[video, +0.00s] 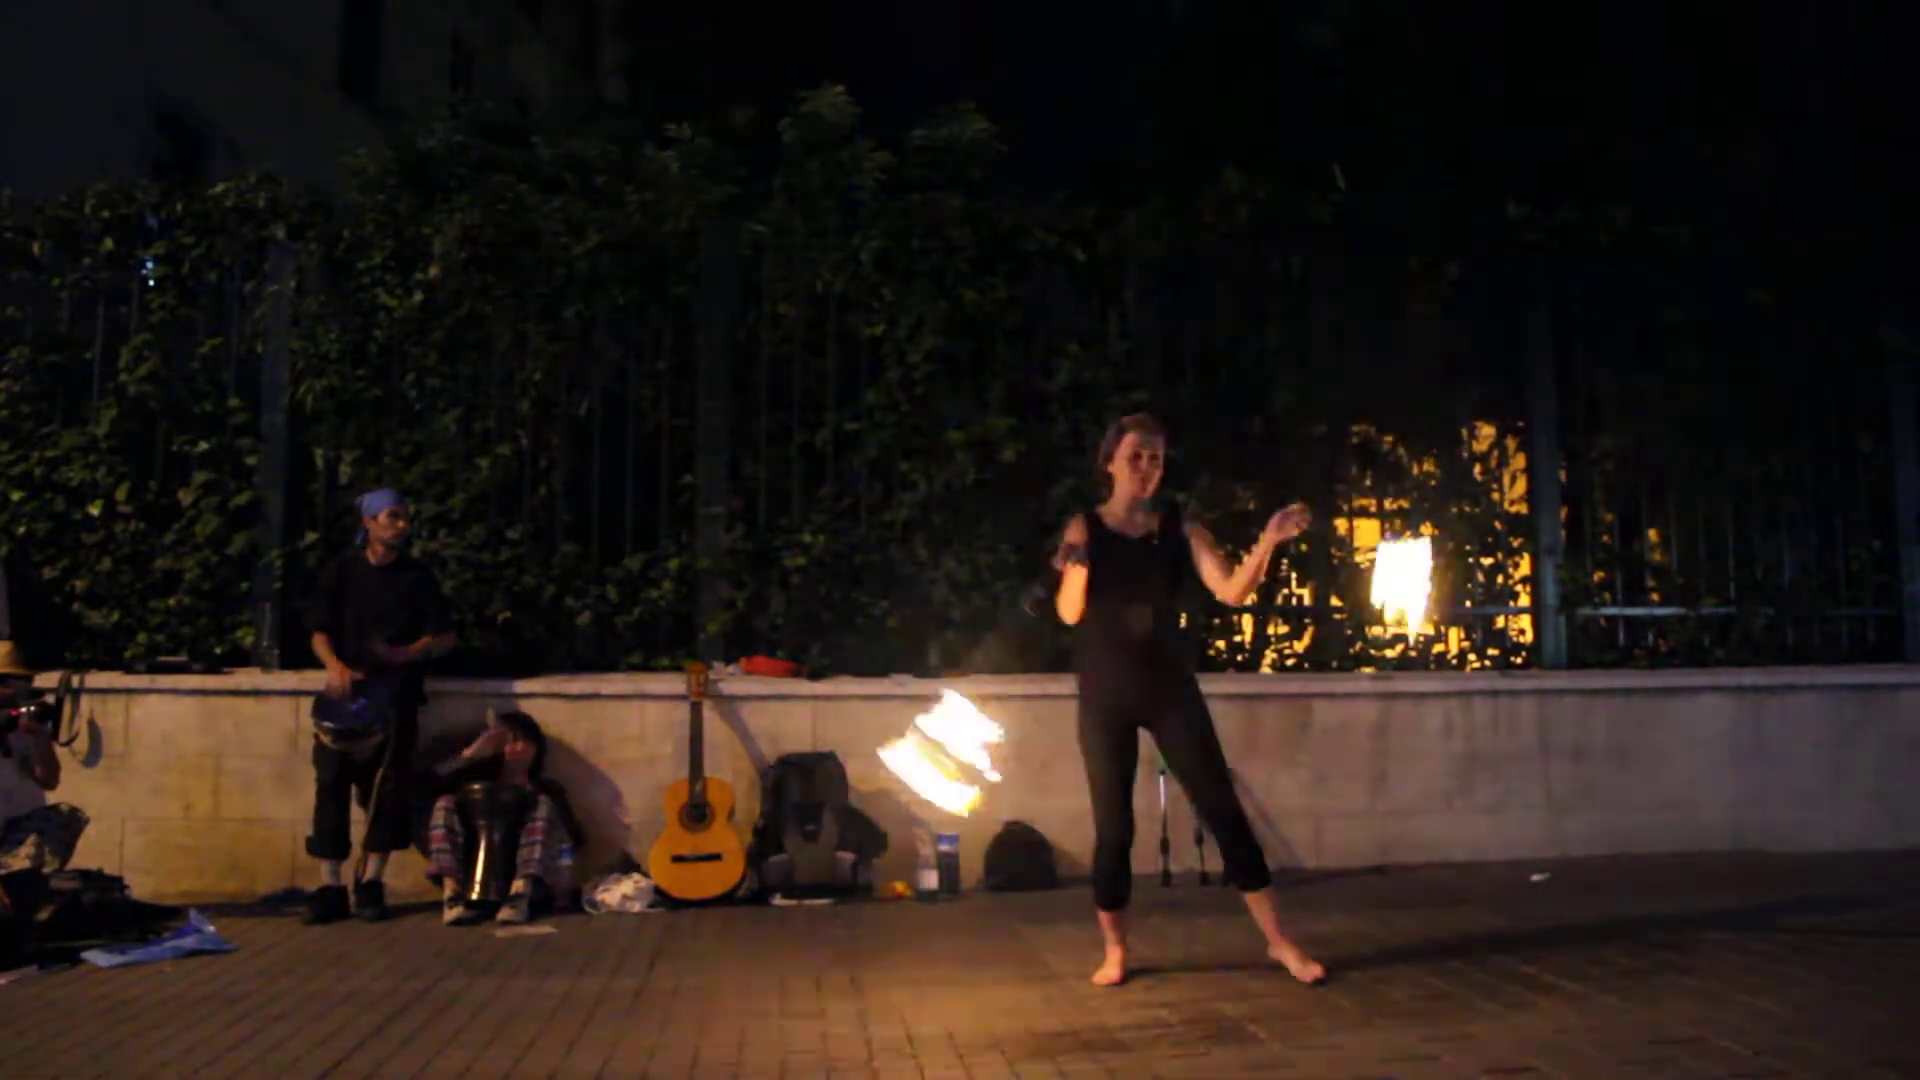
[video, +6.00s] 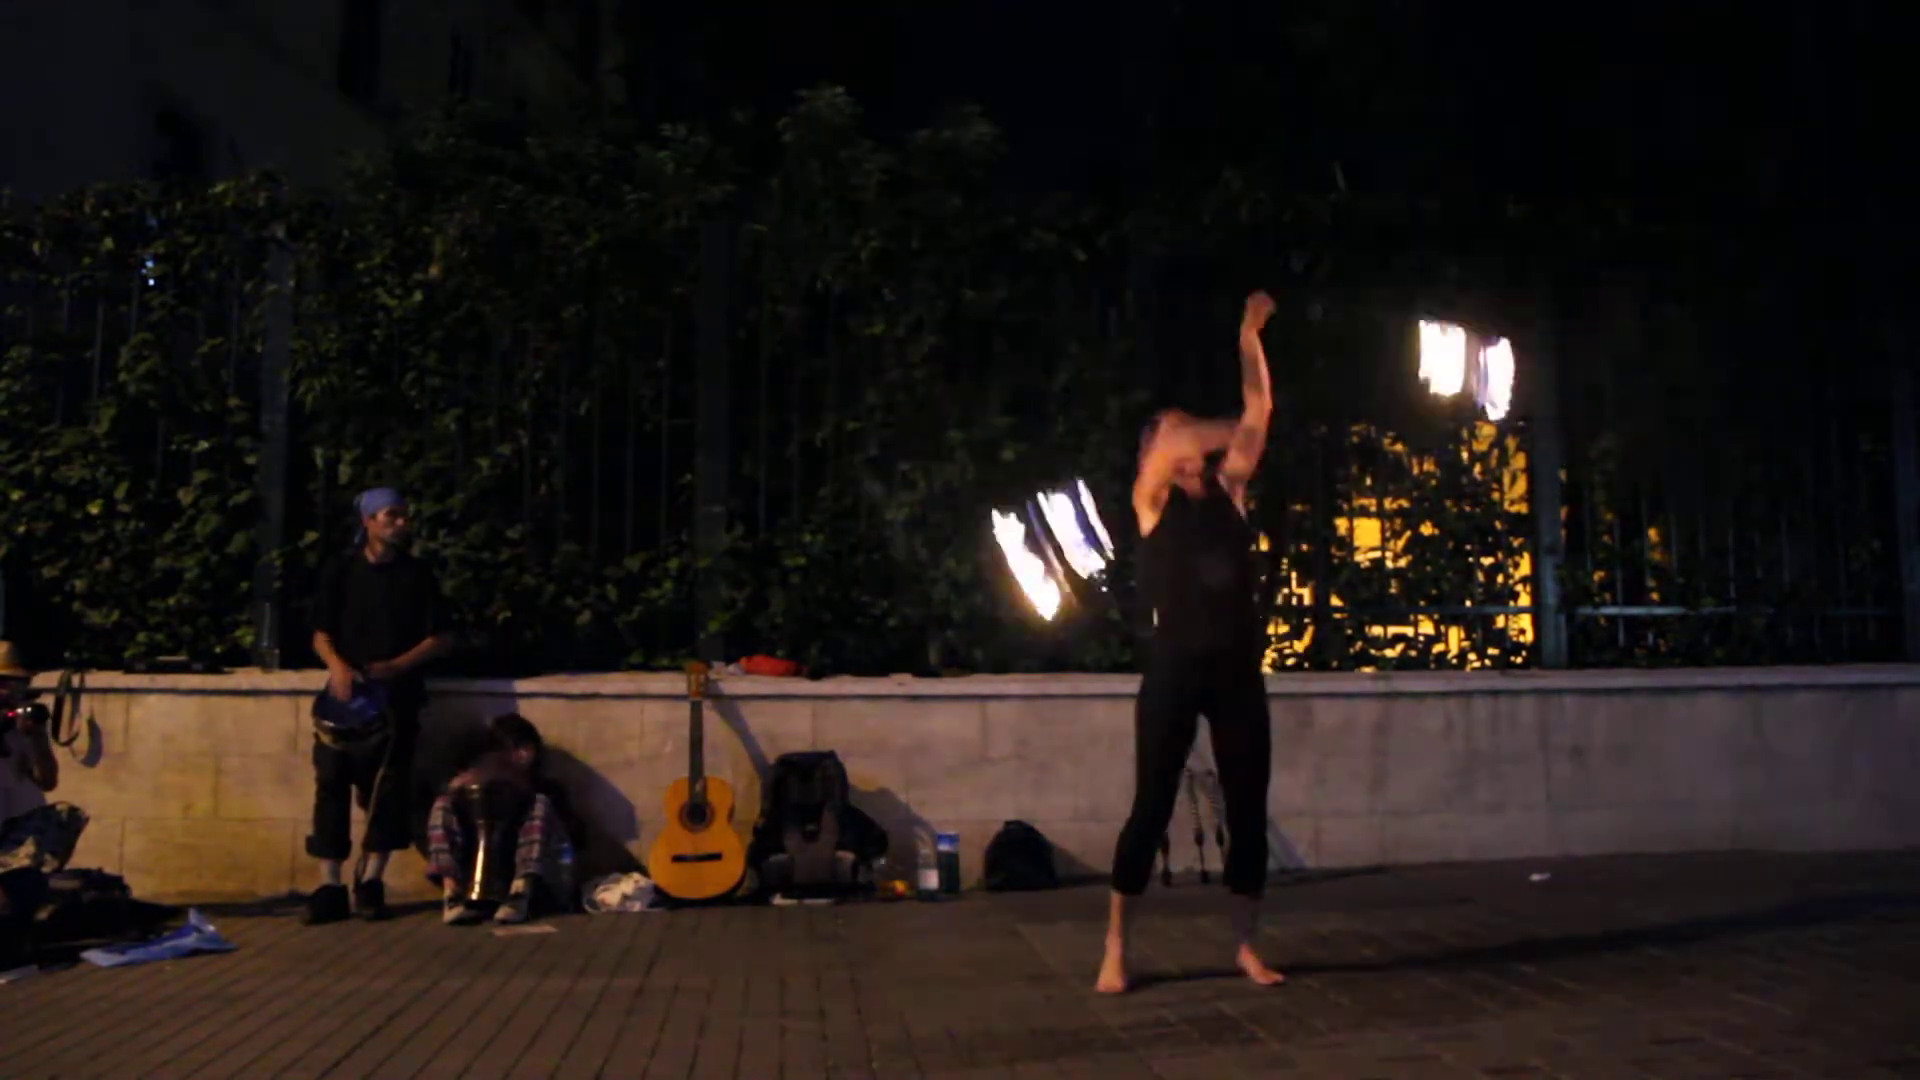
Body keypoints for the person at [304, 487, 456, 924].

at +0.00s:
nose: (402, 525)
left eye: (405, 518)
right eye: (393, 518)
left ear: (407, 524)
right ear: (369, 522)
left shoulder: (417, 575)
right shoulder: (341, 572)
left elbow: (444, 637)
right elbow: (317, 630)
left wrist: (404, 654)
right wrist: (333, 665)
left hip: (397, 695)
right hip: (346, 690)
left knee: (389, 785)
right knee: (331, 783)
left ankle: (371, 881)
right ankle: (331, 883)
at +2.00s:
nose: (401, 524)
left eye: (403, 517)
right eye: (392, 517)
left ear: (403, 523)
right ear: (367, 521)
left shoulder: (416, 573)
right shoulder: (340, 572)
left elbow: (442, 635)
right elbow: (316, 631)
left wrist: (398, 663)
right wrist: (337, 652)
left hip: (396, 692)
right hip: (345, 689)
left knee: (389, 782)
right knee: (331, 781)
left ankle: (370, 880)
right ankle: (330, 882)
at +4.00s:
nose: (394, 520)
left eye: (399, 514)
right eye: (385, 513)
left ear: (405, 523)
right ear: (365, 520)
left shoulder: (417, 575)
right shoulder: (340, 571)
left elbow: (442, 636)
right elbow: (316, 628)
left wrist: (405, 669)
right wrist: (340, 656)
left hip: (395, 692)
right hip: (345, 690)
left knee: (389, 784)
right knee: (331, 783)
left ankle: (370, 880)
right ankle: (330, 882)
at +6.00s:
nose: (401, 523)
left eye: (403, 516)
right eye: (392, 517)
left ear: (404, 522)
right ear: (368, 521)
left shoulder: (417, 573)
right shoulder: (341, 571)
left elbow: (440, 638)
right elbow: (319, 633)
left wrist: (394, 666)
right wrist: (337, 668)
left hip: (396, 695)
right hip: (345, 691)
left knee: (390, 785)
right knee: (331, 783)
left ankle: (370, 881)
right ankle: (330, 882)